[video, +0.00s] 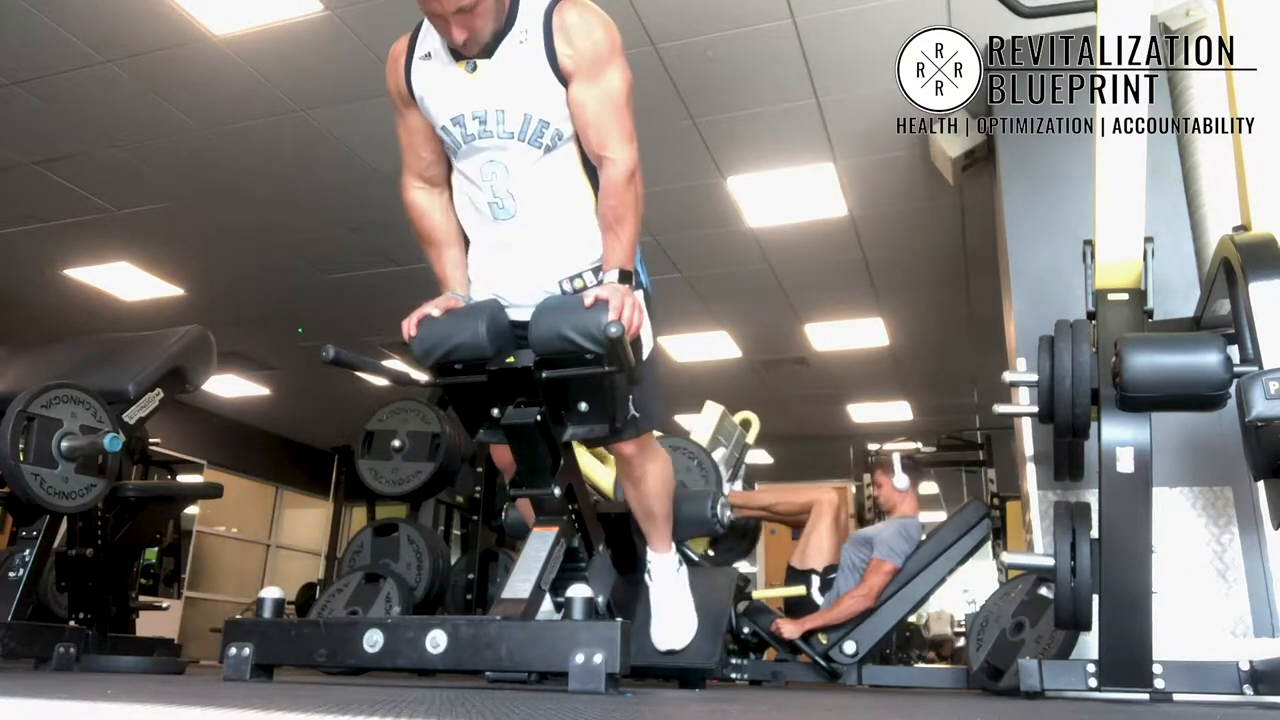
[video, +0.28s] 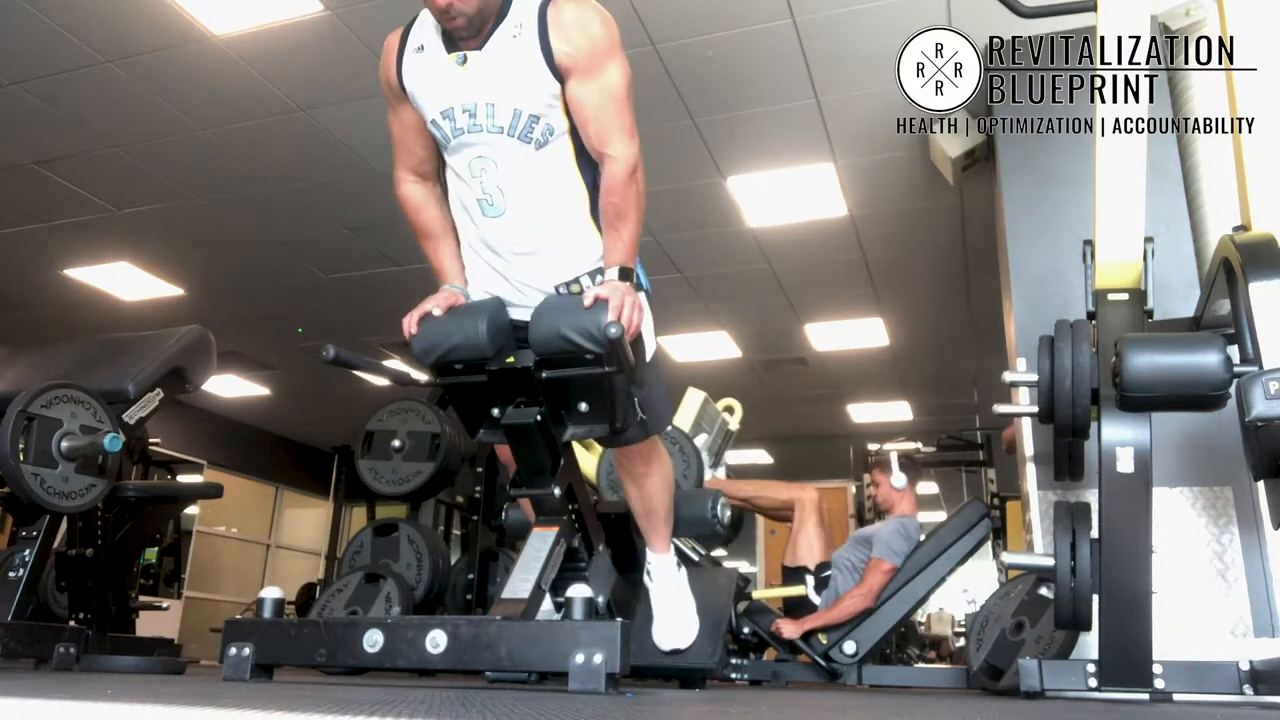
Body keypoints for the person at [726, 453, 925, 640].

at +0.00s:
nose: (875, 495)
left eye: (879, 486)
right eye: (875, 487)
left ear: (901, 484)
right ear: (900, 485)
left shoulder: (898, 531)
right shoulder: (900, 526)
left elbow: (866, 597)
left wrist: (801, 625)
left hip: (815, 605)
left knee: (828, 497)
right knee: (832, 500)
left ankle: (727, 497)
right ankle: (738, 507)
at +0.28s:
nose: (872, 494)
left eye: (876, 485)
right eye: (872, 486)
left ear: (899, 483)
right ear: (898, 484)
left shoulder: (897, 530)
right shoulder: (900, 527)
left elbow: (866, 597)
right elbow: (865, 593)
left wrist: (801, 625)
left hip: (813, 607)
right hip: (818, 601)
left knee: (808, 496)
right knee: (809, 502)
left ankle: (709, 484)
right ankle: (728, 494)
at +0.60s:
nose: (870, 493)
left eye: (873, 485)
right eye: (870, 486)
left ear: (896, 482)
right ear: (896, 483)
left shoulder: (894, 529)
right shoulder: (899, 527)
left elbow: (866, 596)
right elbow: (866, 592)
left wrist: (802, 625)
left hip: (812, 602)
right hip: (817, 596)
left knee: (783, 498)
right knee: (784, 500)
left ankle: (688, 467)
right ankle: (702, 476)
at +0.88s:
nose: (869, 493)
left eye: (872, 485)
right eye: (868, 486)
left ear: (894, 482)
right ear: (895, 483)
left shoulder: (894, 529)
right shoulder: (899, 526)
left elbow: (866, 595)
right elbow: (866, 592)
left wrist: (803, 624)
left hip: (811, 604)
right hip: (816, 597)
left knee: (765, 503)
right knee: (767, 506)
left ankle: (677, 460)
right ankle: (690, 468)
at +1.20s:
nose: (870, 492)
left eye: (872, 484)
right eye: (870, 485)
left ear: (892, 482)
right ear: (896, 482)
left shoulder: (894, 527)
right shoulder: (899, 525)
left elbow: (863, 591)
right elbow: (864, 590)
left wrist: (803, 625)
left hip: (812, 603)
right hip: (816, 597)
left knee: (752, 511)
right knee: (754, 514)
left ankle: (672, 461)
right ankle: (682, 466)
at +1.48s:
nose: (870, 491)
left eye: (872, 482)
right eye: (869, 483)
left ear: (894, 480)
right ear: (896, 481)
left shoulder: (893, 526)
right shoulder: (897, 524)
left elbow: (863, 591)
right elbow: (864, 590)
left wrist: (803, 624)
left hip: (812, 602)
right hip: (815, 595)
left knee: (752, 510)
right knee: (754, 511)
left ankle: (672, 461)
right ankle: (680, 466)